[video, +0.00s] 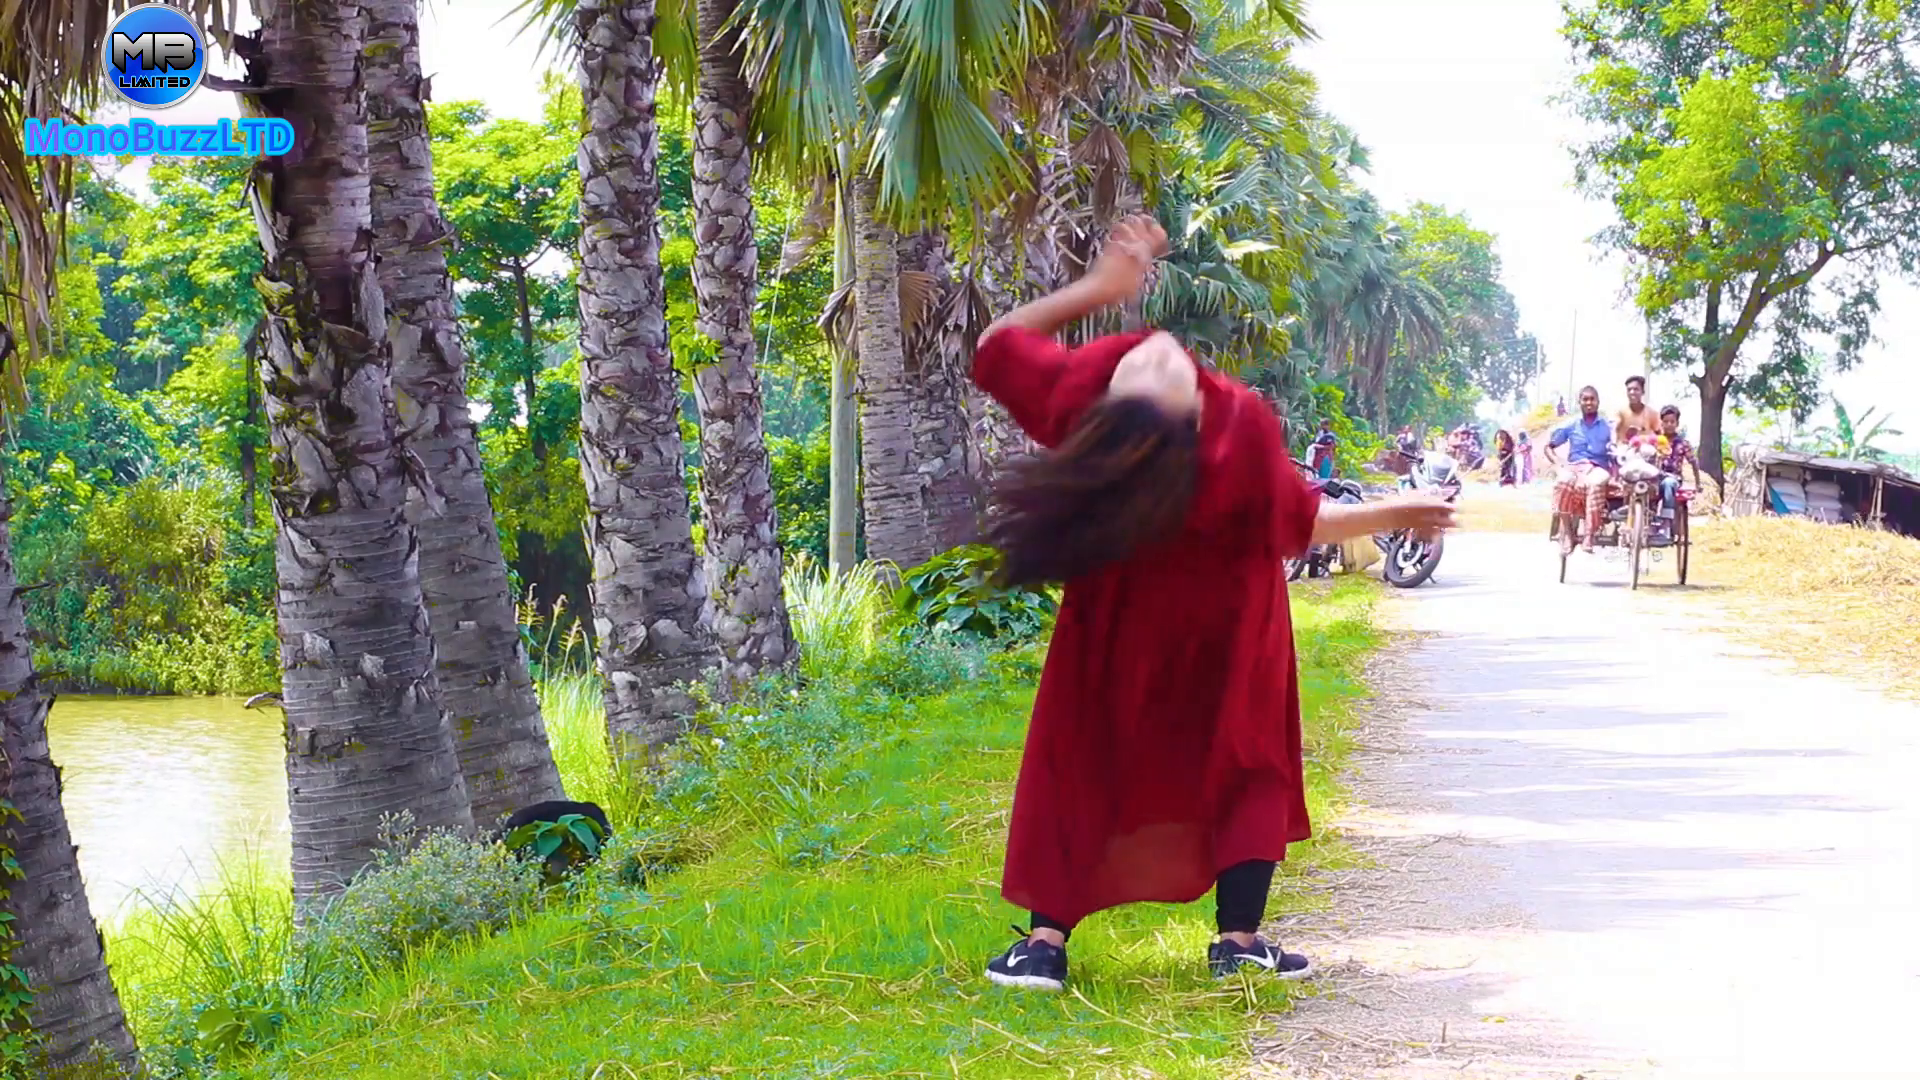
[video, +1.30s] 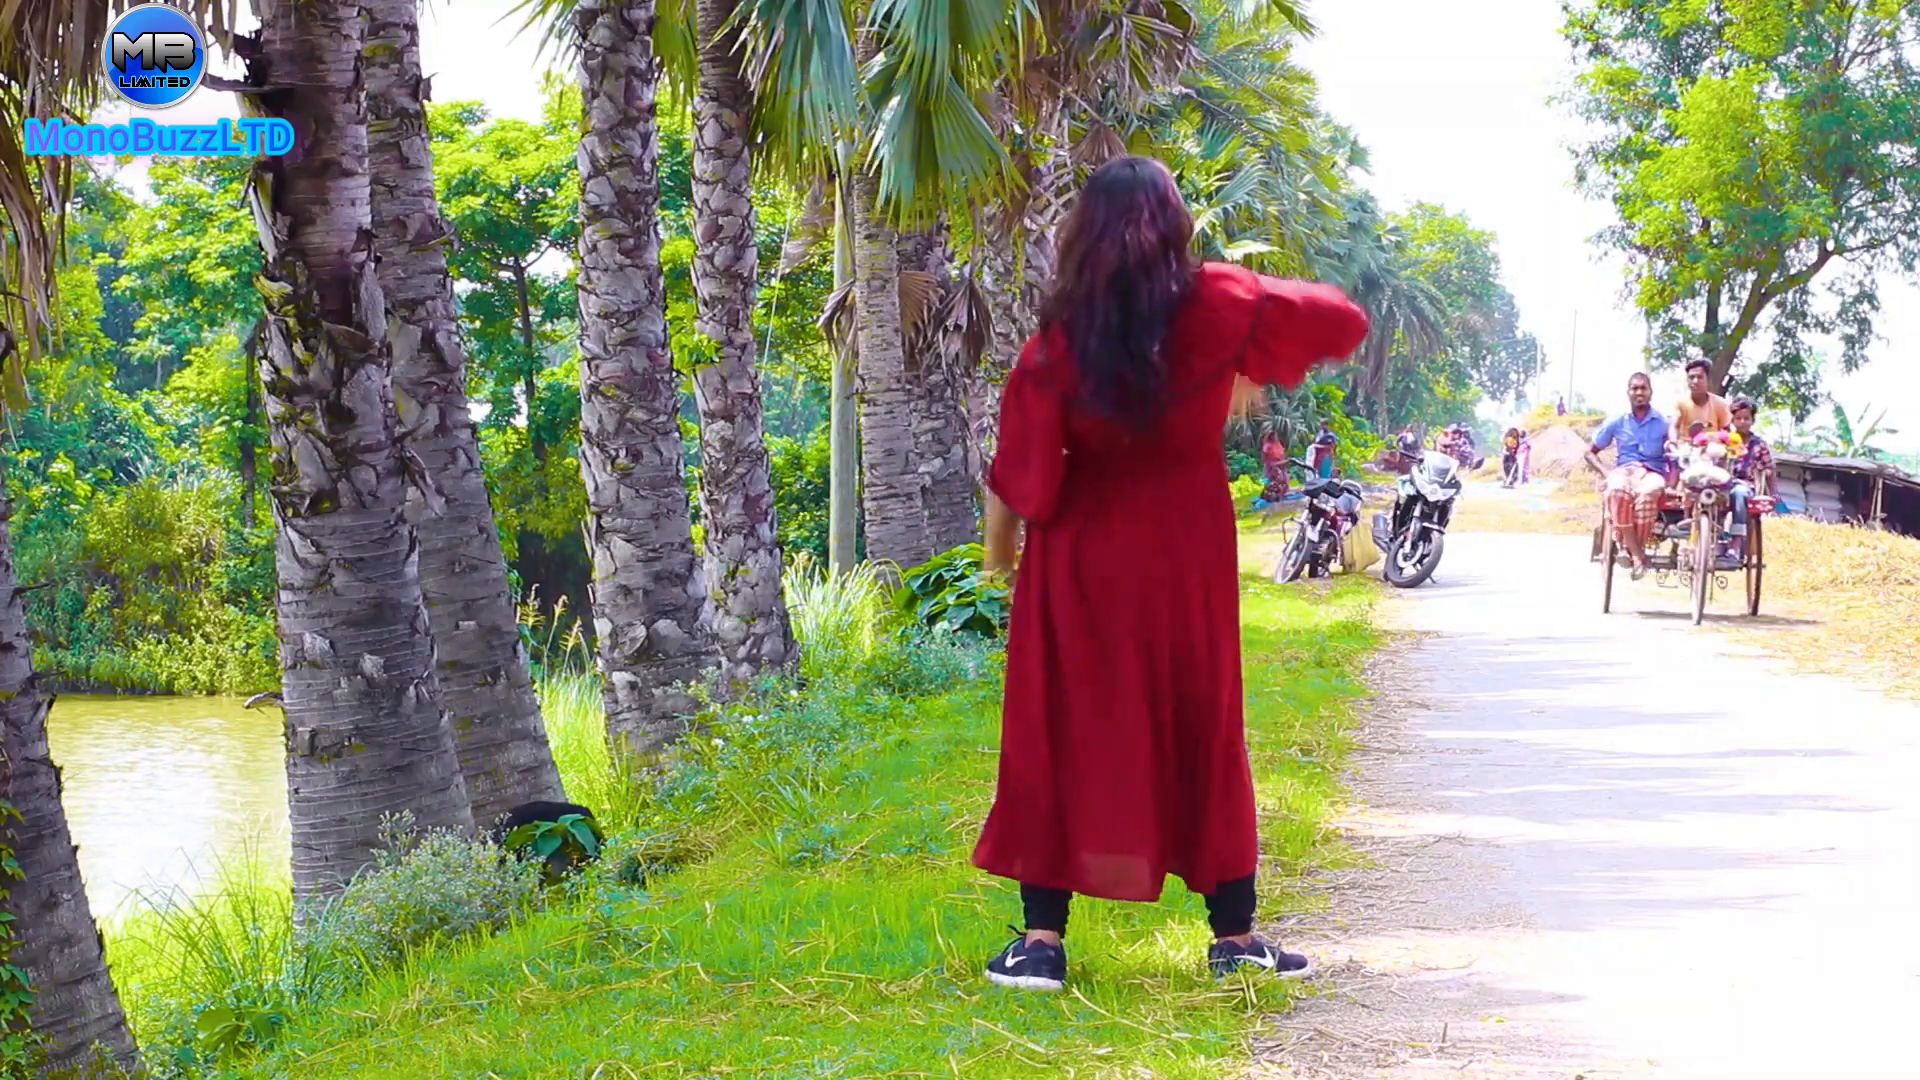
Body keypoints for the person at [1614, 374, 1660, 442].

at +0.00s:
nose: (1632, 392)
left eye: (1636, 389)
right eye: (1629, 389)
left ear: (1642, 392)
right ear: (1626, 392)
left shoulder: (1652, 414)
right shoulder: (1620, 413)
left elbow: (1659, 434)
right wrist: (1613, 443)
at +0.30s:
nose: (1645, 390)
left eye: (1649, 386)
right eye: (1642, 386)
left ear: (1656, 389)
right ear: (1639, 389)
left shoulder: (1665, 411)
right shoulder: (1634, 410)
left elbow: (1673, 432)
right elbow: (1626, 427)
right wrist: (1624, 441)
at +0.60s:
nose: (1658, 387)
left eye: (1662, 384)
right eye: (1655, 384)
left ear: (1669, 387)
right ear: (1652, 386)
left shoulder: (1679, 410)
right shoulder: (1644, 407)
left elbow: (1686, 432)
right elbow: (1637, 427)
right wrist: (1637, 441)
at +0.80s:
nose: (1668, 385)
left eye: (1672, 382)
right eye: (1664, 382)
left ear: (1679, 384)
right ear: (1661, 384)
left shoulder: (1688, 408)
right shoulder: (1654, 407)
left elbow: (1695, 430)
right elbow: (1646, 427)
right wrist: (1645, 442)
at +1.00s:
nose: (1678, 384)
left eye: (1682, 381)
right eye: (1674, 380)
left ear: (1689, 383)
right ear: (1670, 383)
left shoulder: (1701, 407)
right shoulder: (1664, 406)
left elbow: (1708, 431)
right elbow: (1656, 427)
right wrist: (1655, 441)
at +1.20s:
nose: (1689, 383)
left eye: (1694, 378)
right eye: (1686, 378)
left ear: (1701, 380)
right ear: (1681, 381)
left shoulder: (1714, 404)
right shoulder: (1675, 405)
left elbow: (1720, 431)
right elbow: (1667, 427)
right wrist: (1667, 441)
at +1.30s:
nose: (1695, 381)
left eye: (1700, 377)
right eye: (1691, 377)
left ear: (1708, 380)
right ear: (1687, 380)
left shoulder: (1720, 404)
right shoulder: (1680, 403)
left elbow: (1727, 430)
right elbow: (1673, 426)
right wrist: (1673, 441)